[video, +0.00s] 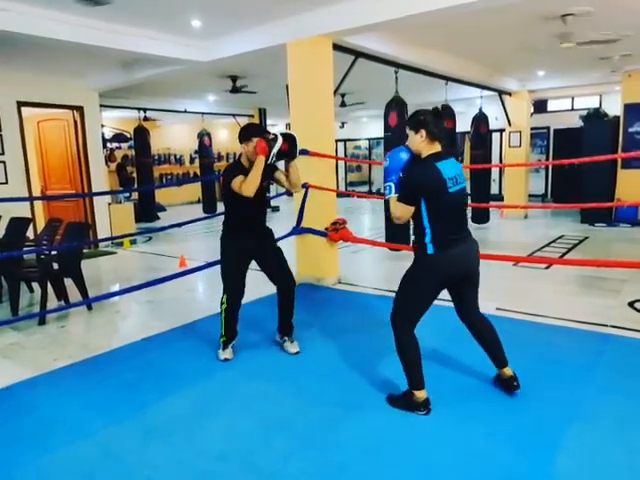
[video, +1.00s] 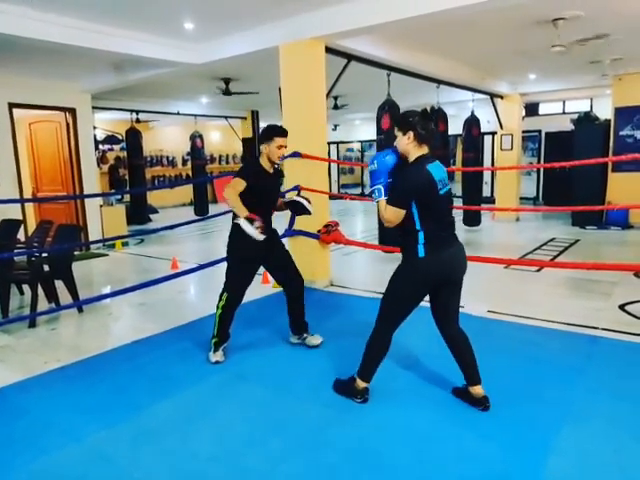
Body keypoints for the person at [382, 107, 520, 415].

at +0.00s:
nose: (408, 142)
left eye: (410, 136)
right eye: (408, 136)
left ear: (423, 136)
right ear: (435, 136)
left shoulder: (418, 171)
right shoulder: (453, 163)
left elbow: (398, 215)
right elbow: (437, 201)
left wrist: (391, 184)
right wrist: (407, 176)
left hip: (434, 262)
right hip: (466, 254)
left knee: (401, 321)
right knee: (470, 313)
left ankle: (417, 395)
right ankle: (507, 373)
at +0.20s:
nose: (420, 145)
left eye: (423, 139)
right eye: (421, 139)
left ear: (437, 142)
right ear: (447, 141)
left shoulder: (431, 179)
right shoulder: (468, 170)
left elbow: (400, 215)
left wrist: (392, 180)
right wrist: (420, 173)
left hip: (441, 265)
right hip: (476, 260)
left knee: (394, 311)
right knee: (478, 317)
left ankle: (406, 384)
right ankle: (511, 378)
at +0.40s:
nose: (402, 142)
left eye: (405, 138)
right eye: (403, 137)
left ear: (417, 141)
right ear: (429, 140)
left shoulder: (398, 170)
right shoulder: (446, 165)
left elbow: (354, 173)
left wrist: (337, 152)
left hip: (422, 261)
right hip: (458, 257)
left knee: (382, 315)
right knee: (471, 317)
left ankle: (363, 379)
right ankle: (507, 377)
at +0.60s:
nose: (381, 133)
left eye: (384, 128)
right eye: (383, 128)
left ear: (396, 133)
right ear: (403, 135)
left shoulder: (393, 168)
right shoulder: (410, 160)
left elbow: (364, 204)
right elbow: (363, 159)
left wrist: (341, 177)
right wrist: (338, 140)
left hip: (403, 254)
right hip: (431, 248)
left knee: (374, 316)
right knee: (441, 316)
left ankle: (361, 381)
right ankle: (483, 379)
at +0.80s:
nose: (383, 137)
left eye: (387, 132)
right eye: (385, 132)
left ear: (401, 135)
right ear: (406, 136)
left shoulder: (405, 173)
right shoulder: (403, 165)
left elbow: (383, 215)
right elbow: (363, 172)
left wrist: (361, 184)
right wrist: (338, 151)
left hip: (404, 258)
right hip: (429, 252)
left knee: (370, 315)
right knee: (435, 318)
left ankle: (359, 382)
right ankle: (476, 381)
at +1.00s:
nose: (395, 142)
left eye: (399, 136)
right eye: (396, 136)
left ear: (412, 137)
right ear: (420, 138)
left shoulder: (410, 174)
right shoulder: (437, 167)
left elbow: (389, 218)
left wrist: (378, 184)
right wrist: (389, 175)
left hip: (421, 263)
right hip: (452, 258)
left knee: (385, 324)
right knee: (449, 324)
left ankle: (360, 384)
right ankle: (476, 389)